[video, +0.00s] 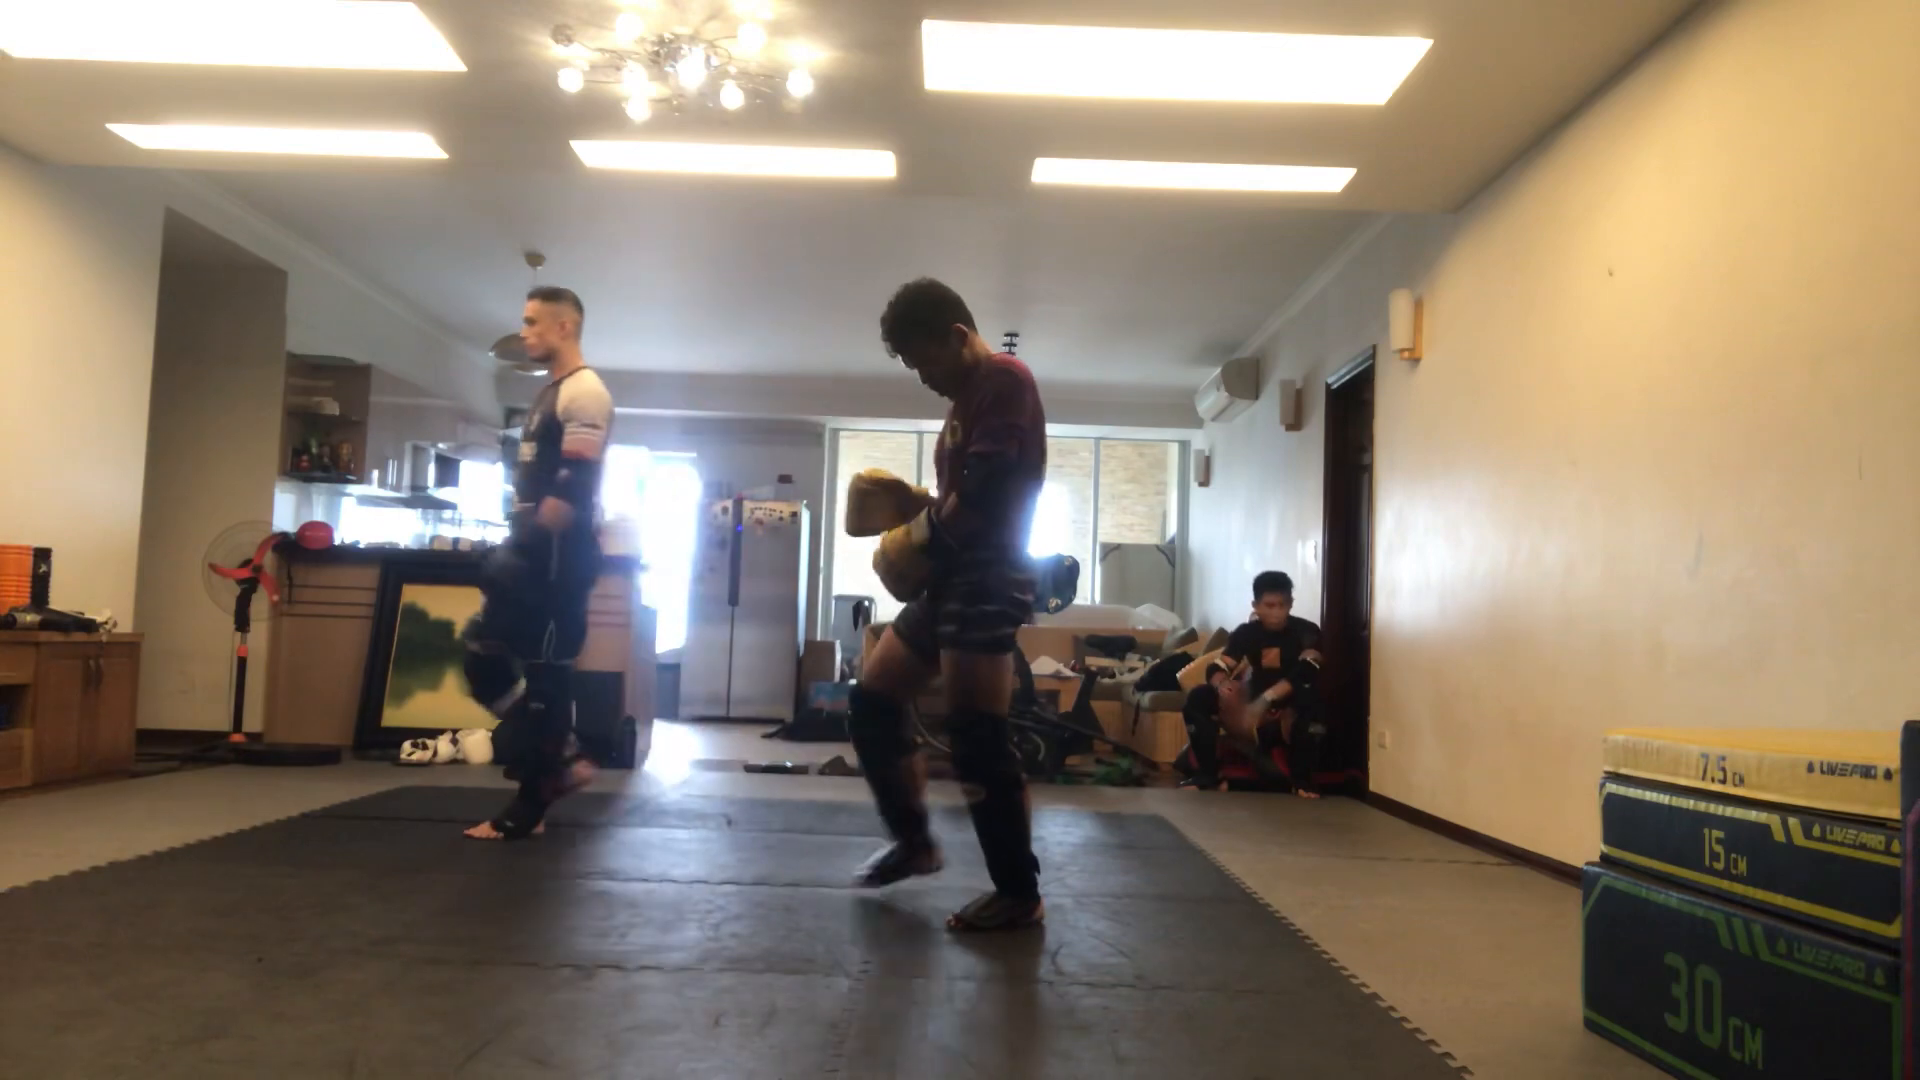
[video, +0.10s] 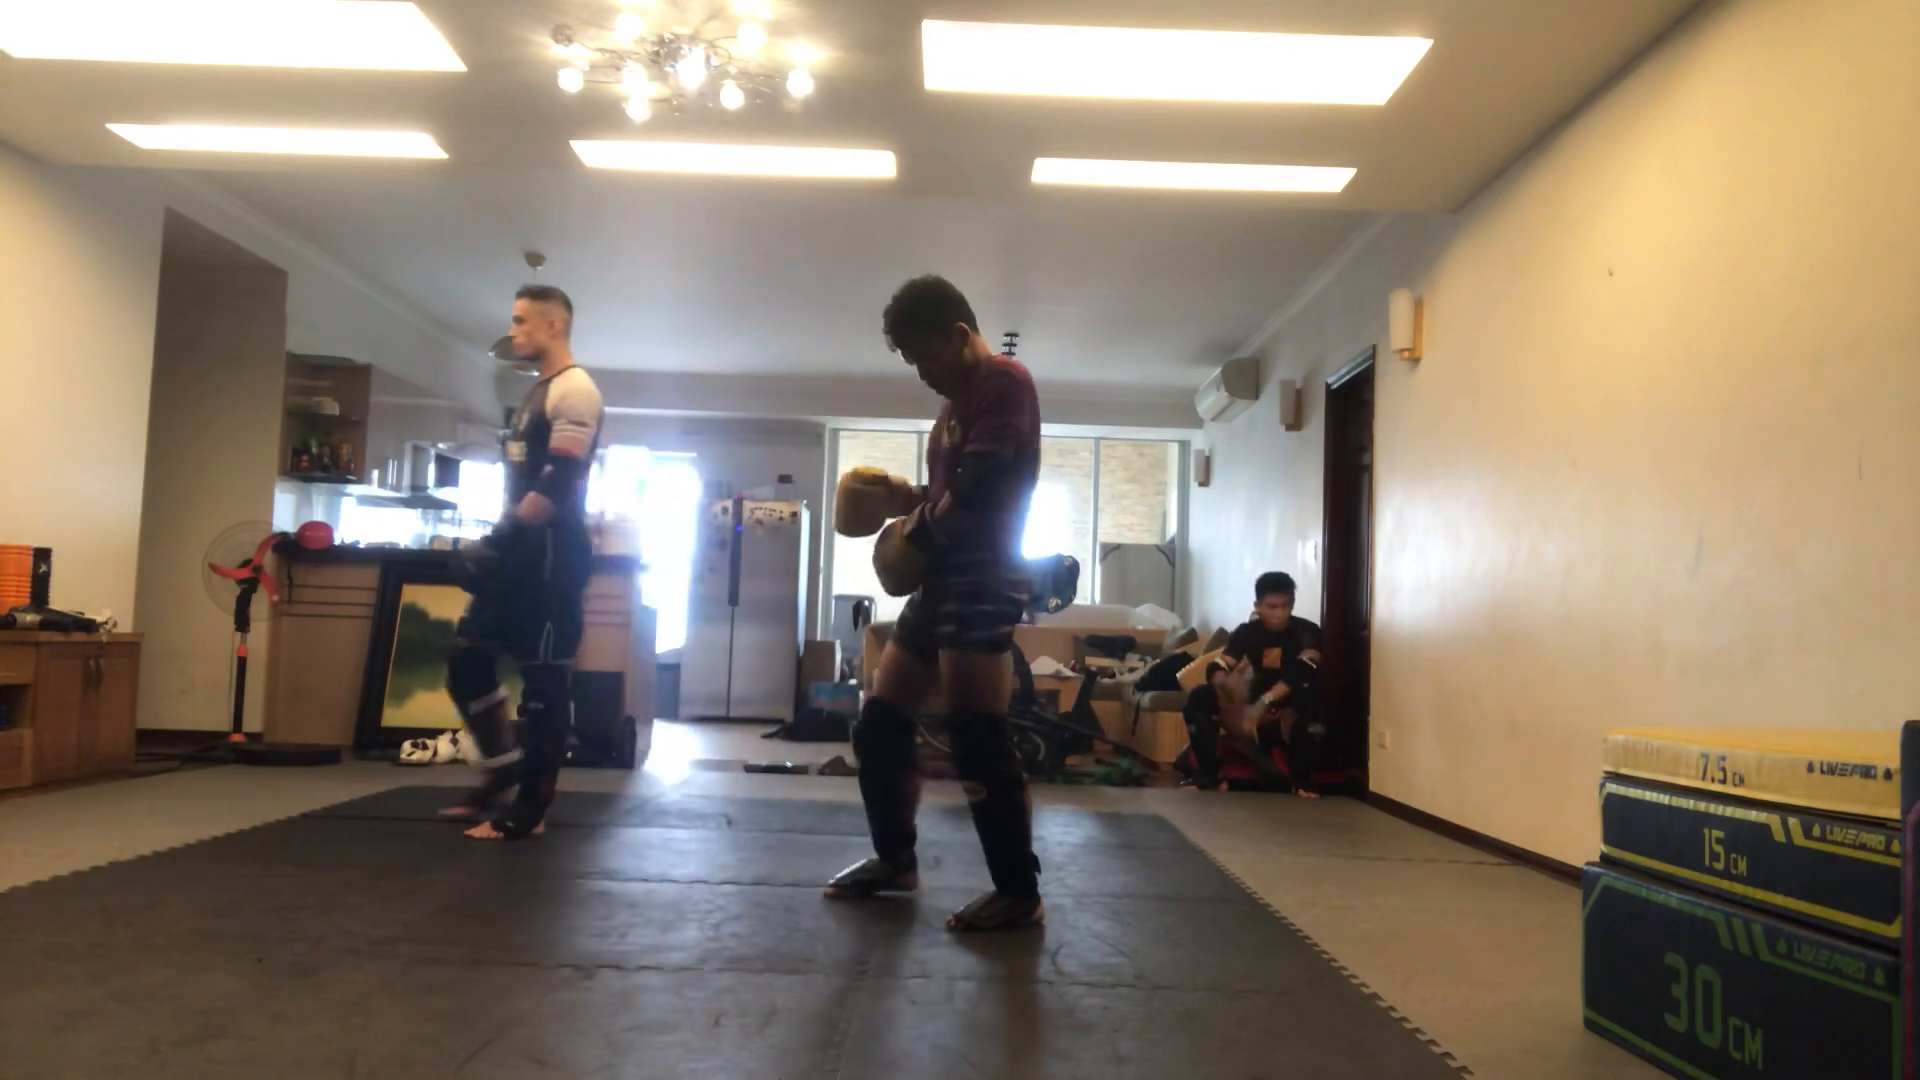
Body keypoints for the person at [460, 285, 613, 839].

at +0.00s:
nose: (523, 333)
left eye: (531, 323)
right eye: (523, 324)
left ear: (566, 326)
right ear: (555, 329)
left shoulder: (584, 391)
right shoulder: (553, 391)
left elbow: (570, 492)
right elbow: (541, 484)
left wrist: (520, 552)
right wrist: (517, 545)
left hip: (559, 556)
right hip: (535, 553)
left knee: (547, 681)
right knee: (484, 662)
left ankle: (526, 813)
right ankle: (554, 759)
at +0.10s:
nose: (511, 332)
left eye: (520, 322)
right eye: (512, 323)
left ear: (555, 325)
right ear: (543, 328)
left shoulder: (574, 388)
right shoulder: (539, 390)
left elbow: (553, 488)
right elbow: (529, 483)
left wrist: (495, 543)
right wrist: (500, 540)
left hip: (553, 551)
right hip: (522, 546)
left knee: (544, 678)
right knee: (468, 662)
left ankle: (529, 812)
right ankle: (502, 774)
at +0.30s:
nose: (488, 330)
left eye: (497, 320)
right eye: (488, 321)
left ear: (532, 321)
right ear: (518, 324)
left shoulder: (557, 387)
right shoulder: (512, 388)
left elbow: (541, 489)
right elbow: (502, 478)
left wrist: (485, 538)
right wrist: (479, 533)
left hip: (530, 551)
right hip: (491, 545)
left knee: (530, 678)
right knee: (447, 667)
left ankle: (529, 807)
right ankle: (434, 796)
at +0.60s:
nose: (453, 330)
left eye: (462, 320)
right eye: (453, 322)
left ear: (498, 323)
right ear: (480, 327)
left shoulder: (532, 392)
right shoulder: (461, 397)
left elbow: (547, 486)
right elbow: (449, 483)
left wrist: (516, 556)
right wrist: (424, 546)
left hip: (491, 553)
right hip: (440, 549)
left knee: (493, 674)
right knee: (428, 671)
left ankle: (523, 803)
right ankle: (431, 796)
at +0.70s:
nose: (444, 333)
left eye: (452, 323)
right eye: (443, 325)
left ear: (488, 325)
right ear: (471, 329)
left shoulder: (527, 394)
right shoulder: (447, 399)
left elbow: (546, 484)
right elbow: (435, 487)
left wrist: (518, 555)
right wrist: (403, 553)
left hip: (481, 552)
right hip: (429, 549)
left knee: (482, 675)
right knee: (421, 673)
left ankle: (519, 803)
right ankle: (430, 797)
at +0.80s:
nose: (437, 333)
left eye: (446, 323)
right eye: (436, 325)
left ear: (482, 325)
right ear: (463, 330)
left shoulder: (522, 395)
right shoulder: (435, 399)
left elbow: (542, 485)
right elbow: (421, 484)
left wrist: (518, 554)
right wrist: (389, 547)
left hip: (474, 551)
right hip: (421, 548)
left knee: (469, 672)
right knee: (417, 673)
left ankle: (509, 802)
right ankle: (430, 797)